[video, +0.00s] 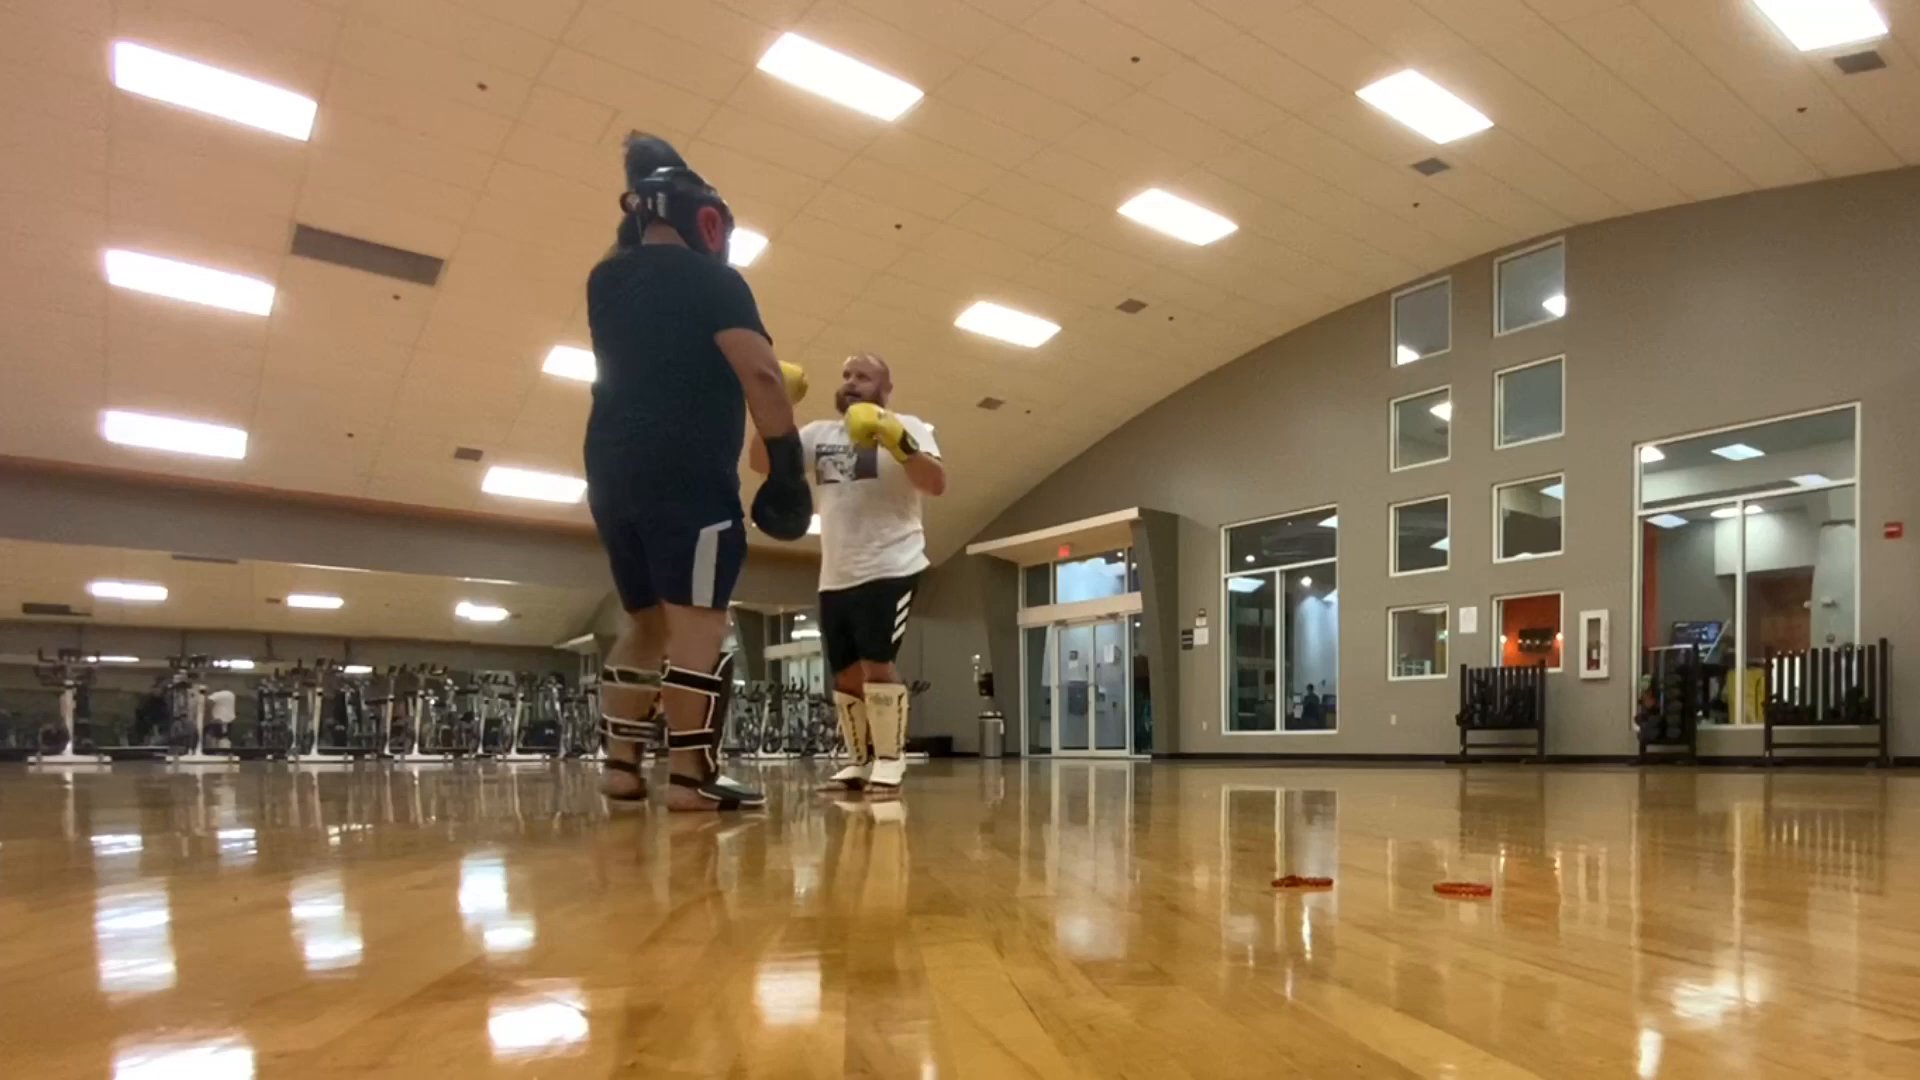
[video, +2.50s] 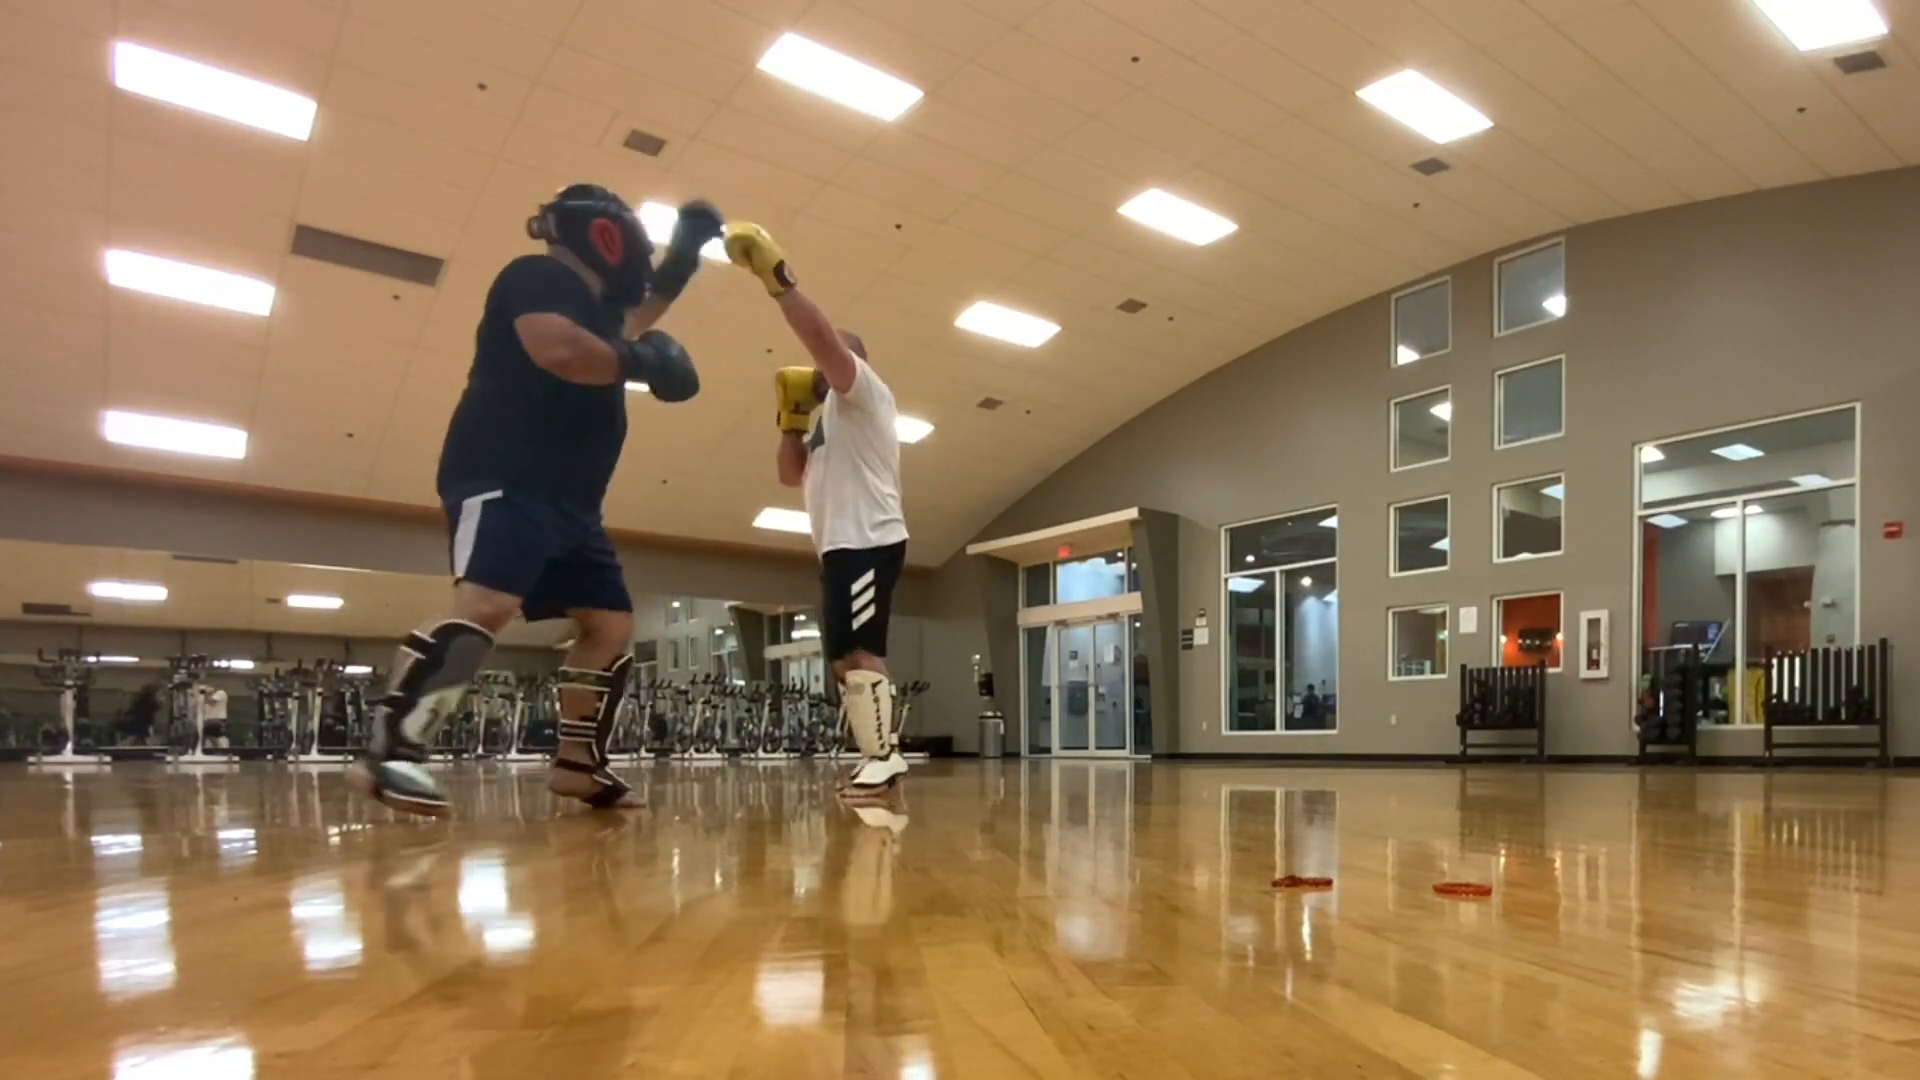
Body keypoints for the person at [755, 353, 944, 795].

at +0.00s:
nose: (851, 381)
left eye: (863, 376)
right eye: (846, 375)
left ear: (886, 389)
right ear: (836, 387)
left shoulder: (909, 428)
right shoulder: (818, 433)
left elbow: (935, 484)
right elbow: (760, 462)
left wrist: (897, 442)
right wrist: (775, 407)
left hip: (891, 564)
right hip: (837, 570)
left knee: (875, 659)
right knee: (846, 668)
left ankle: (888, 762)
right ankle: (858, 760)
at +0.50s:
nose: (856, 374)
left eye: (868, 370)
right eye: (855, 370)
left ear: (894, 381)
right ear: (849, 382)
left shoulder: (916, 429)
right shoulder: (834, 411)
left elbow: (926, 479)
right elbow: (815, 351)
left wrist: (904, 419)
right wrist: (808, 295)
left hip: (884, 562)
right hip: (833, 557)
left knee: (873, 667)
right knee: (842, 668)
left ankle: (889, 768)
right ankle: (859, 761)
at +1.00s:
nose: (856, 386)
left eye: (866, 377)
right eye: (850, 378)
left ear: (886, 385)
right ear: (842, 388)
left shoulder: (901, 425)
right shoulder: (833, 437)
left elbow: (930, 448)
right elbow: (784, 469)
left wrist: (893, 396)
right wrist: (805, 416)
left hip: (893, 559)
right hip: (848, 565)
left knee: (876, 662)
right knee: (858, 669)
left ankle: (891, 767)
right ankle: (879, 764)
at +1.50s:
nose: (848, 381)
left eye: (859, 375)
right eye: (844, 374)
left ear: (877, 384)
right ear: (836, 386)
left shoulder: (890, 422)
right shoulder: (835, 441)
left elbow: (879, 366)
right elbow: (791, 478)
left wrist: (836, 315)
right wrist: (804, 423)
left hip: (878, 548)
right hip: (842, 556)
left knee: (863, 657)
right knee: (856, 662)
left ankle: (882, 762)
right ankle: (880, 760)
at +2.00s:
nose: (838, 377)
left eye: (848, 372)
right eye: (834, 371)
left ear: (863, 381)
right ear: (826, 384)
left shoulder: (877, 419)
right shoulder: (823, 444)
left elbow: (863, 362)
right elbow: (785, 480)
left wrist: (826, 312)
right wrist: (795, 425)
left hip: (873, 547)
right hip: (837, 556)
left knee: (861, 653)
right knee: (857, 659)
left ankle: (880, 759)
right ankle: (881, 756)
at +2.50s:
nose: (826, 360)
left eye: (835, 350)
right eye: (824, 352)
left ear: (855, 356)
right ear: (827, 364)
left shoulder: (865, 395)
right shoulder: (826, 424)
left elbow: (822, 339)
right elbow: (791, 473)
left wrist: (776, 275)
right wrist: (793, 415)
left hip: (869, 537)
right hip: (839, 544)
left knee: (860, 651)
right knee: (845, 654)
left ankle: (882, 757)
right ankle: (876, 755)